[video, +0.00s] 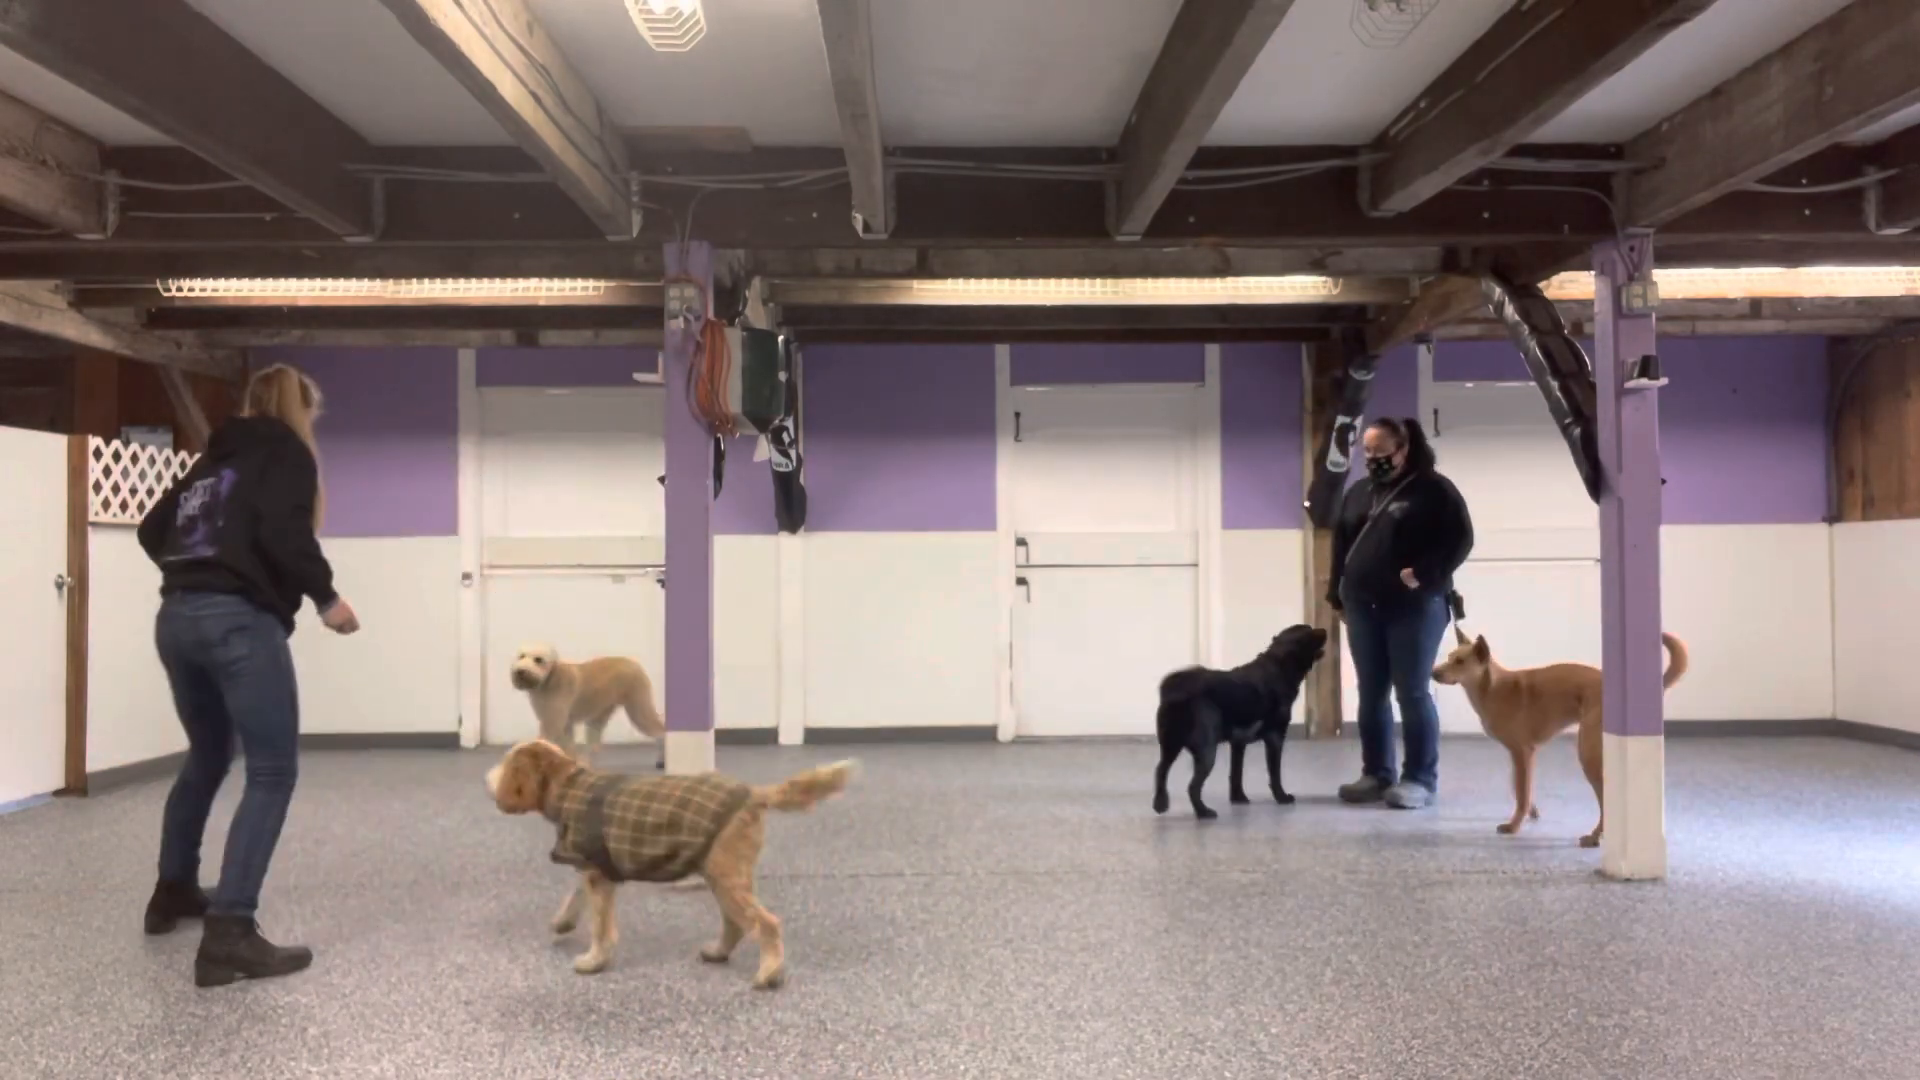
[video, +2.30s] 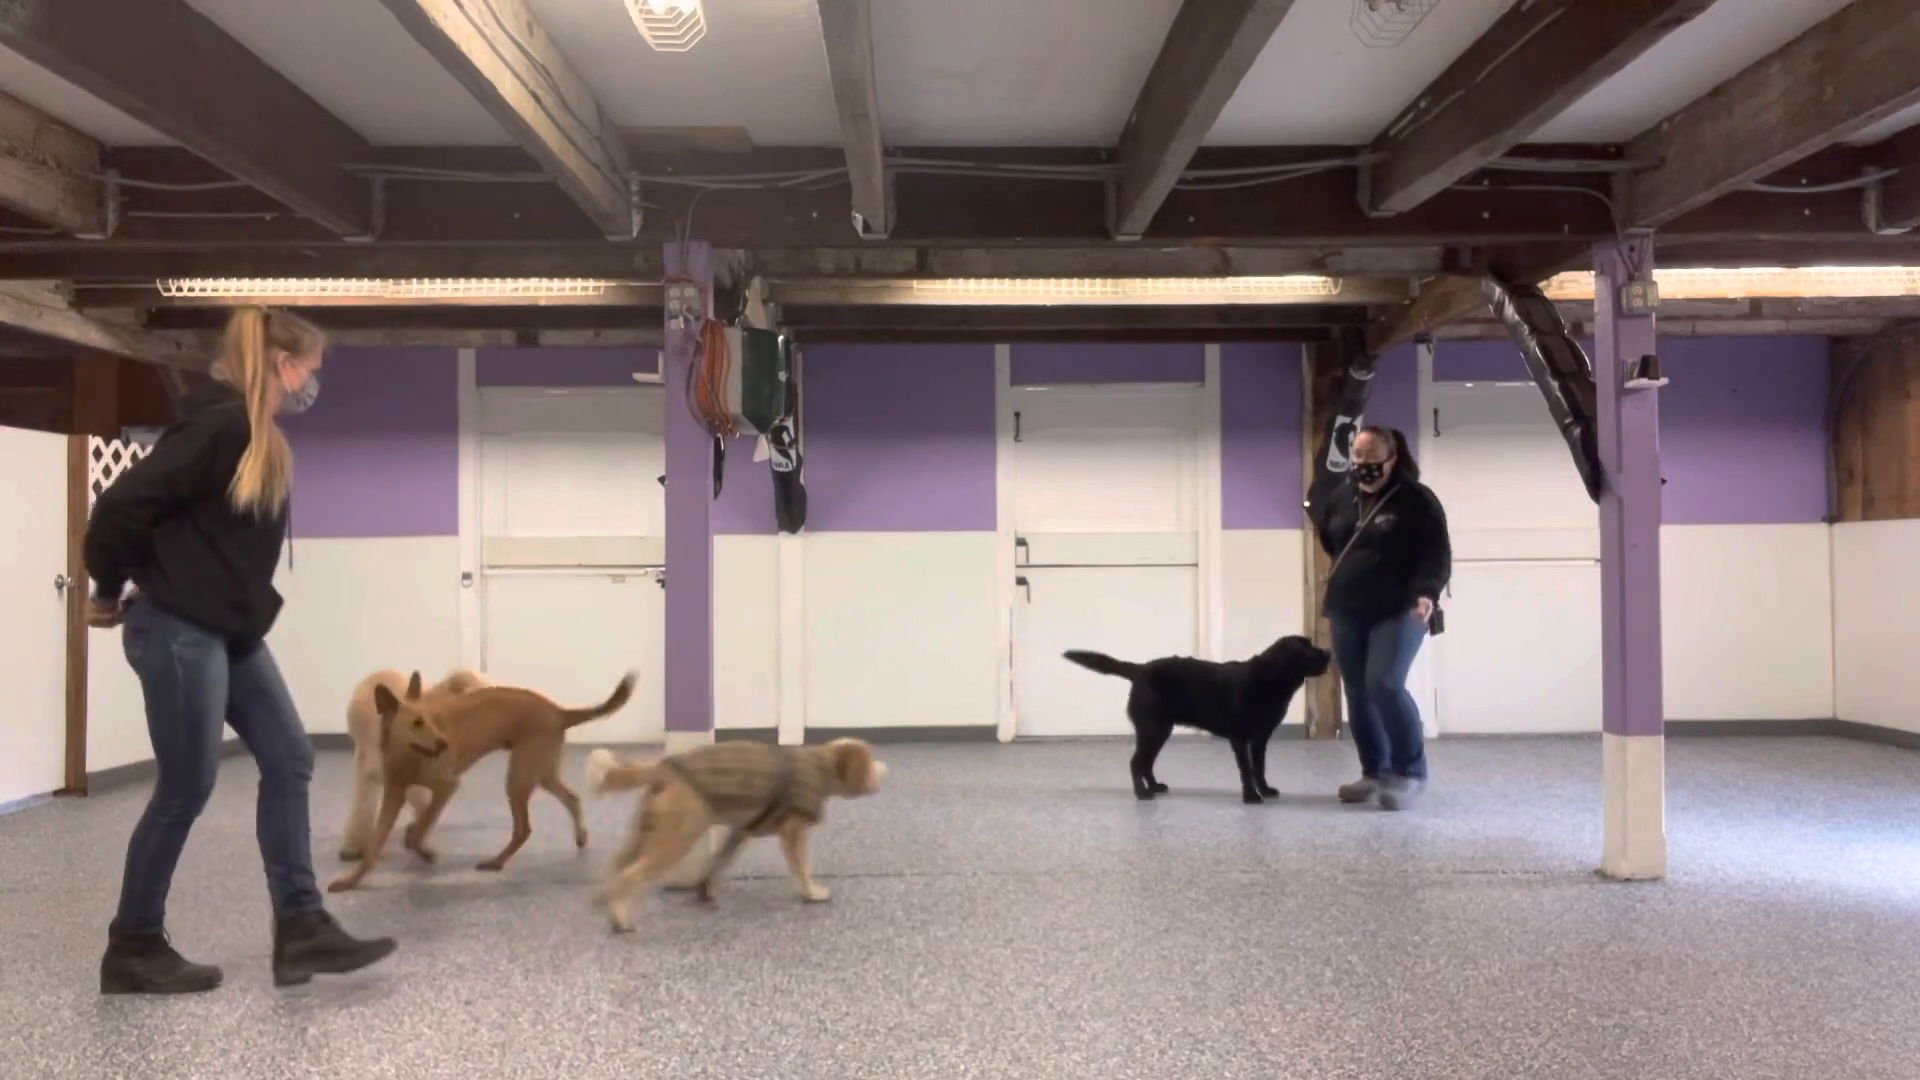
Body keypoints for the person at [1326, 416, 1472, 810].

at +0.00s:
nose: (1374, 462)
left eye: (1381, 454)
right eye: (1369, 455)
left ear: (1404, 448)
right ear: (1363, 454)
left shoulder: (1435, 489)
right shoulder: (1359, 492)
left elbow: (1461, 540)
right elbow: (1343, 543)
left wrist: (1424, 573)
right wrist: (1338, 589)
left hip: (1415, 603)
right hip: (1363, 604)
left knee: (1413, 692)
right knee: (1372, 694)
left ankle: (1420, 782)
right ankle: (1378, 774)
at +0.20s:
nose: (1372, 461)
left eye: (1379, 453)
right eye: (1367, 454)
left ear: (1402, 449)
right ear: (1360, 454)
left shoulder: (1430, 490)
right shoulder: (1355, 492)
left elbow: (1450, 545)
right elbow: (1342, 542)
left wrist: (1415, 584)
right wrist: (1340, 586)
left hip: (1411, 602)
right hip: (1361, 603)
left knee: (1411, 690)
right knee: (1370, 693)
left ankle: (1419, 782)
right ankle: (1378, 774)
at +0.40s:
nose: (1370, 461)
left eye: (1377, 453)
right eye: (1364, 454)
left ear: (1399, 449)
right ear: (1359, 455)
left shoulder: (1428, 488)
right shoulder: (1356, 491)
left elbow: (1448, 543)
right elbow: (1322, 512)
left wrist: (1412, 582)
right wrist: (1333, 465)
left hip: (1412, 602)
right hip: (1357, 602)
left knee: (1410, 691)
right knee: (1368, 692)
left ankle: (1419, 781)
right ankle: (1378, 773)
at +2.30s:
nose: (1361, 462)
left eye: (1370, 455)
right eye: (1357, 454)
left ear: (1391, 457)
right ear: (1351, 456)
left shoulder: (1417, 499)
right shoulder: (1344, 495)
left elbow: (1438, 553)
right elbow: (1332, 541)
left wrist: (1427, 593)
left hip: (1399, 608)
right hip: (1348, 609)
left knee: (1384, 684)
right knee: (1359, 692)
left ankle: (1409, 773)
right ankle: (1374, 775)